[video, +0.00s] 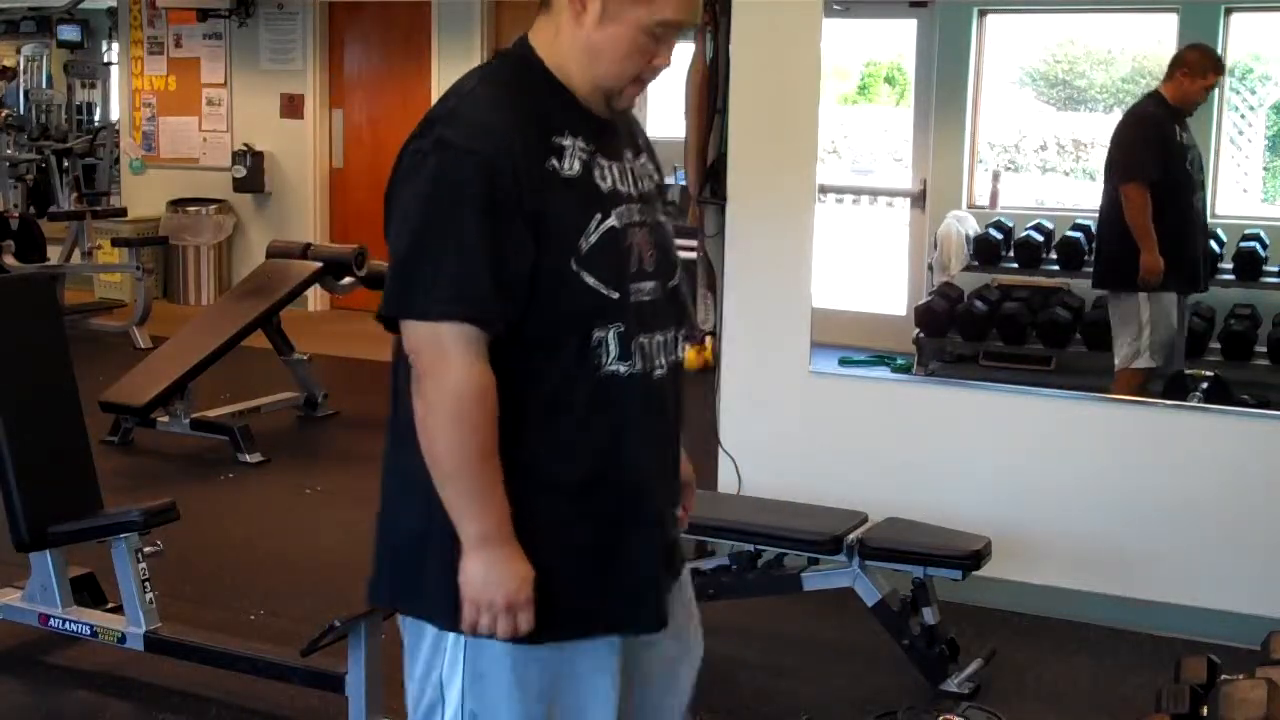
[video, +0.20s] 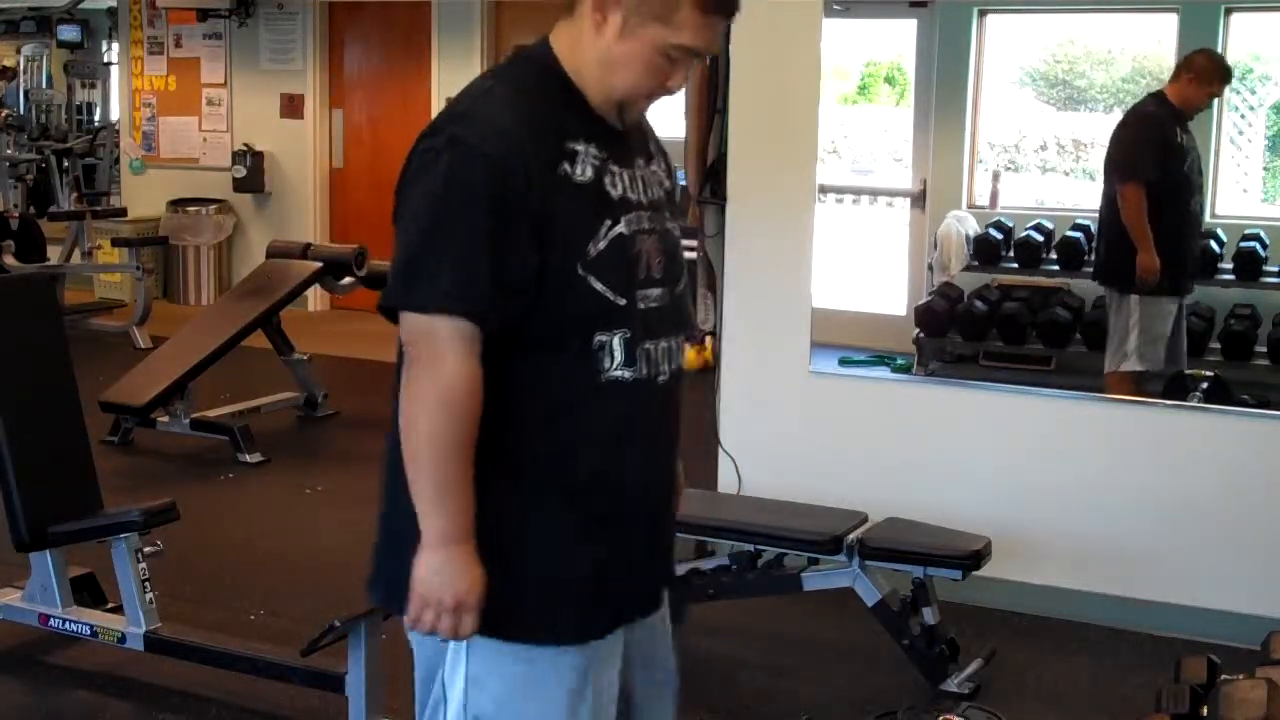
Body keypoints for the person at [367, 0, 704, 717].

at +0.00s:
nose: (666, 61)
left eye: (675, 39)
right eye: (657, 34)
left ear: (586, 13)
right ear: (583, 8)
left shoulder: (621, 134)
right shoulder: (472, 138)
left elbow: (620, 322)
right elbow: (443, 353)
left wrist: (660, 448)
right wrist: (486, 542)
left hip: (634, 549)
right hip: (514, 572)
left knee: (658, 695)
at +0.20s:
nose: (682, 82)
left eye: (696, 63)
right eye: (672, 56)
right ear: (604, 14)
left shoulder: (640, 147)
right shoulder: (479, 142)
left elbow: (643, 334)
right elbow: (437, 349)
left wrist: (659, 473)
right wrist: (445, 542)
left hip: (626, 555)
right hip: (507, 577)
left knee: (634, 705)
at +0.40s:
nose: (709, 96)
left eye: (726, 74)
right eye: (701, 66)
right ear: (633, 18)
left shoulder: (673, 142)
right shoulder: (508, 141)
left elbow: (658, 331)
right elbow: (451, 333)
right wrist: (446, 518)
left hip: (644, 551)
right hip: (522, 569)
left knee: (636, 707)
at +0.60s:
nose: (720, 106)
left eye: (740, 86)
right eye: (711, 75)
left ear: (756, 76)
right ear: (651, 22)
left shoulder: (697, 147)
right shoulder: (518, 135)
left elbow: (698, 315)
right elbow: (460, 319)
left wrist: (703, 442)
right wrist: (473, 497)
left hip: (655, 525)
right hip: (532, 532)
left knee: (653, 713)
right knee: (516, 711)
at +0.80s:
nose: (708, 101)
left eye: (727, 79)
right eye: (698, 70)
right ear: (635, 19)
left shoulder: (691, 139)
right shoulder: (502, 136)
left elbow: (692, 311)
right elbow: (442, 323)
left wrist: (701, 438)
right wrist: (445, 507)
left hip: (645, 541)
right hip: (515, 550)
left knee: (634, 714)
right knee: (496, 711)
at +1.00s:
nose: (695, 112)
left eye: (713, 93)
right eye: (688, 83)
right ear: (624, 31)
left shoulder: (653, 153)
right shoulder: (484, 148)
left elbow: (648, 321)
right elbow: (421, 341)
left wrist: (668, 442)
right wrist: (429, 525)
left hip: (622, 554)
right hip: (491, 571)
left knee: (626, 709)